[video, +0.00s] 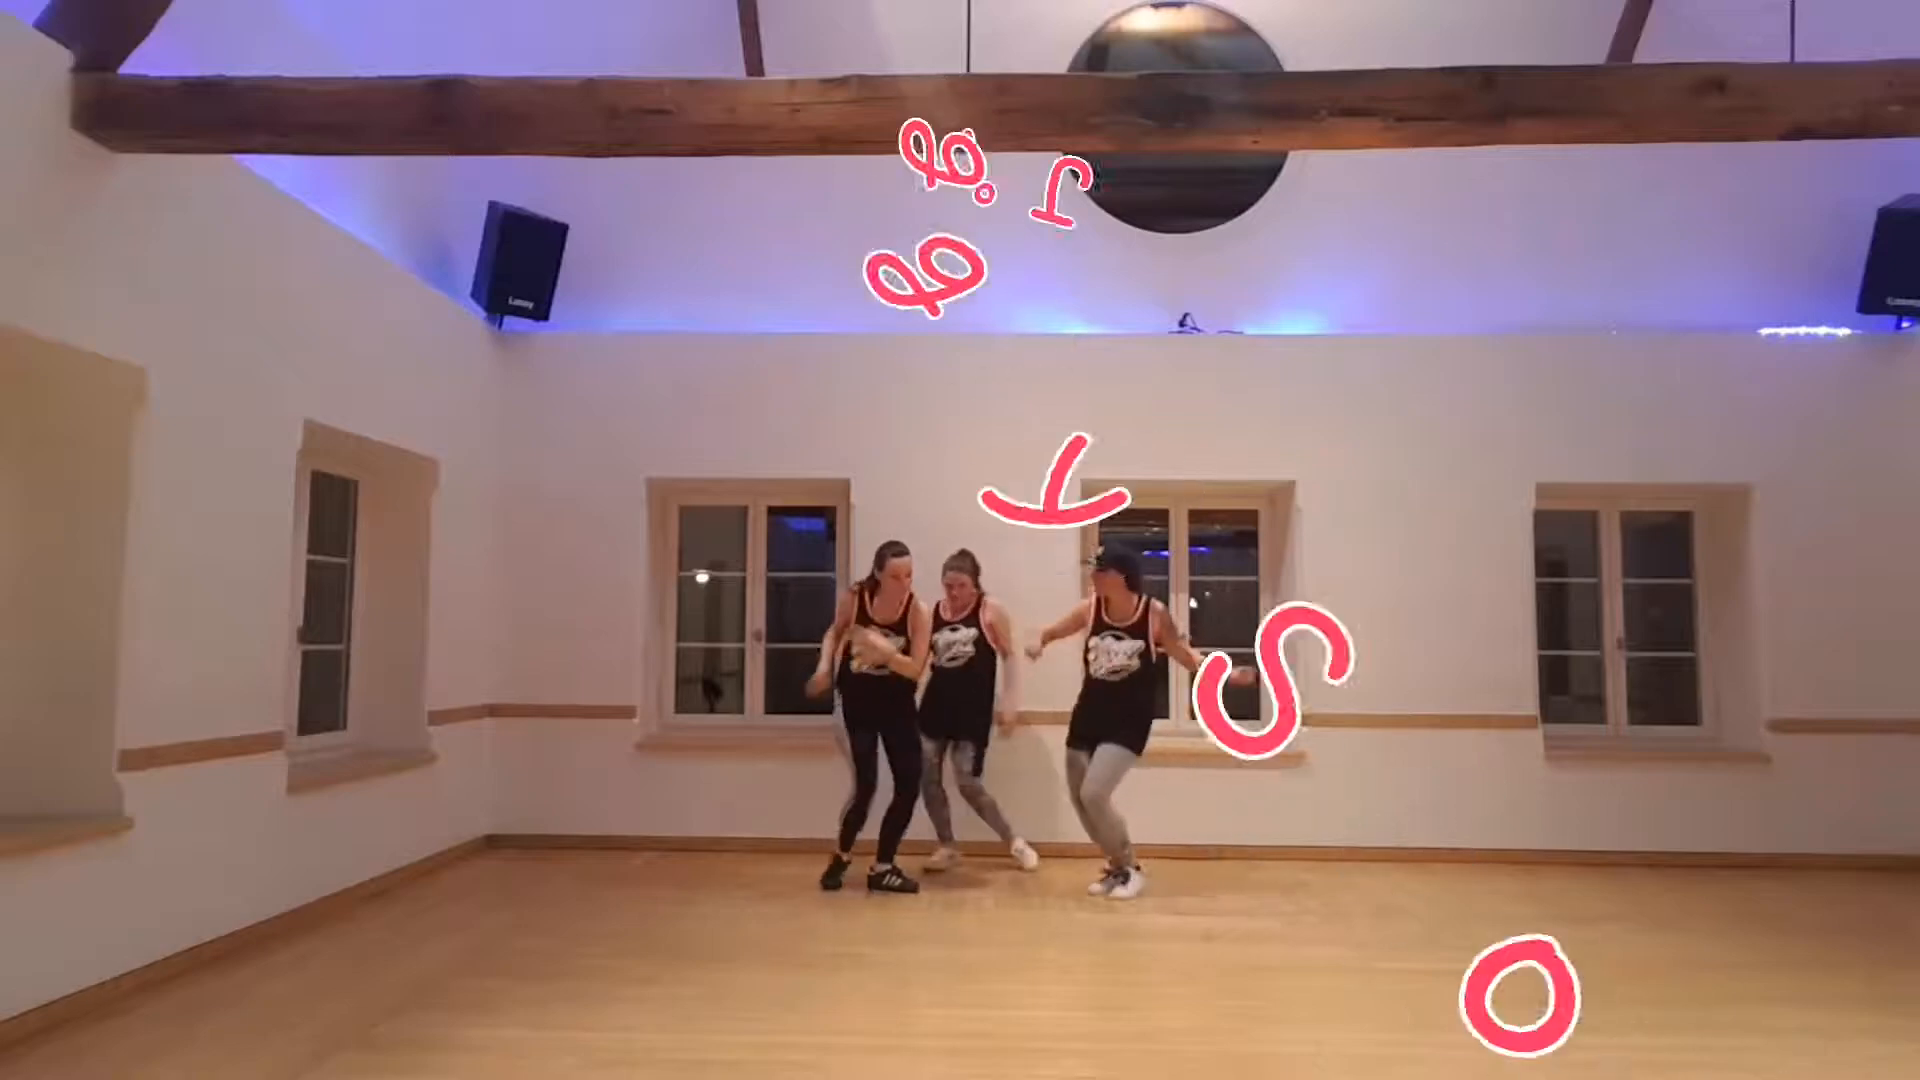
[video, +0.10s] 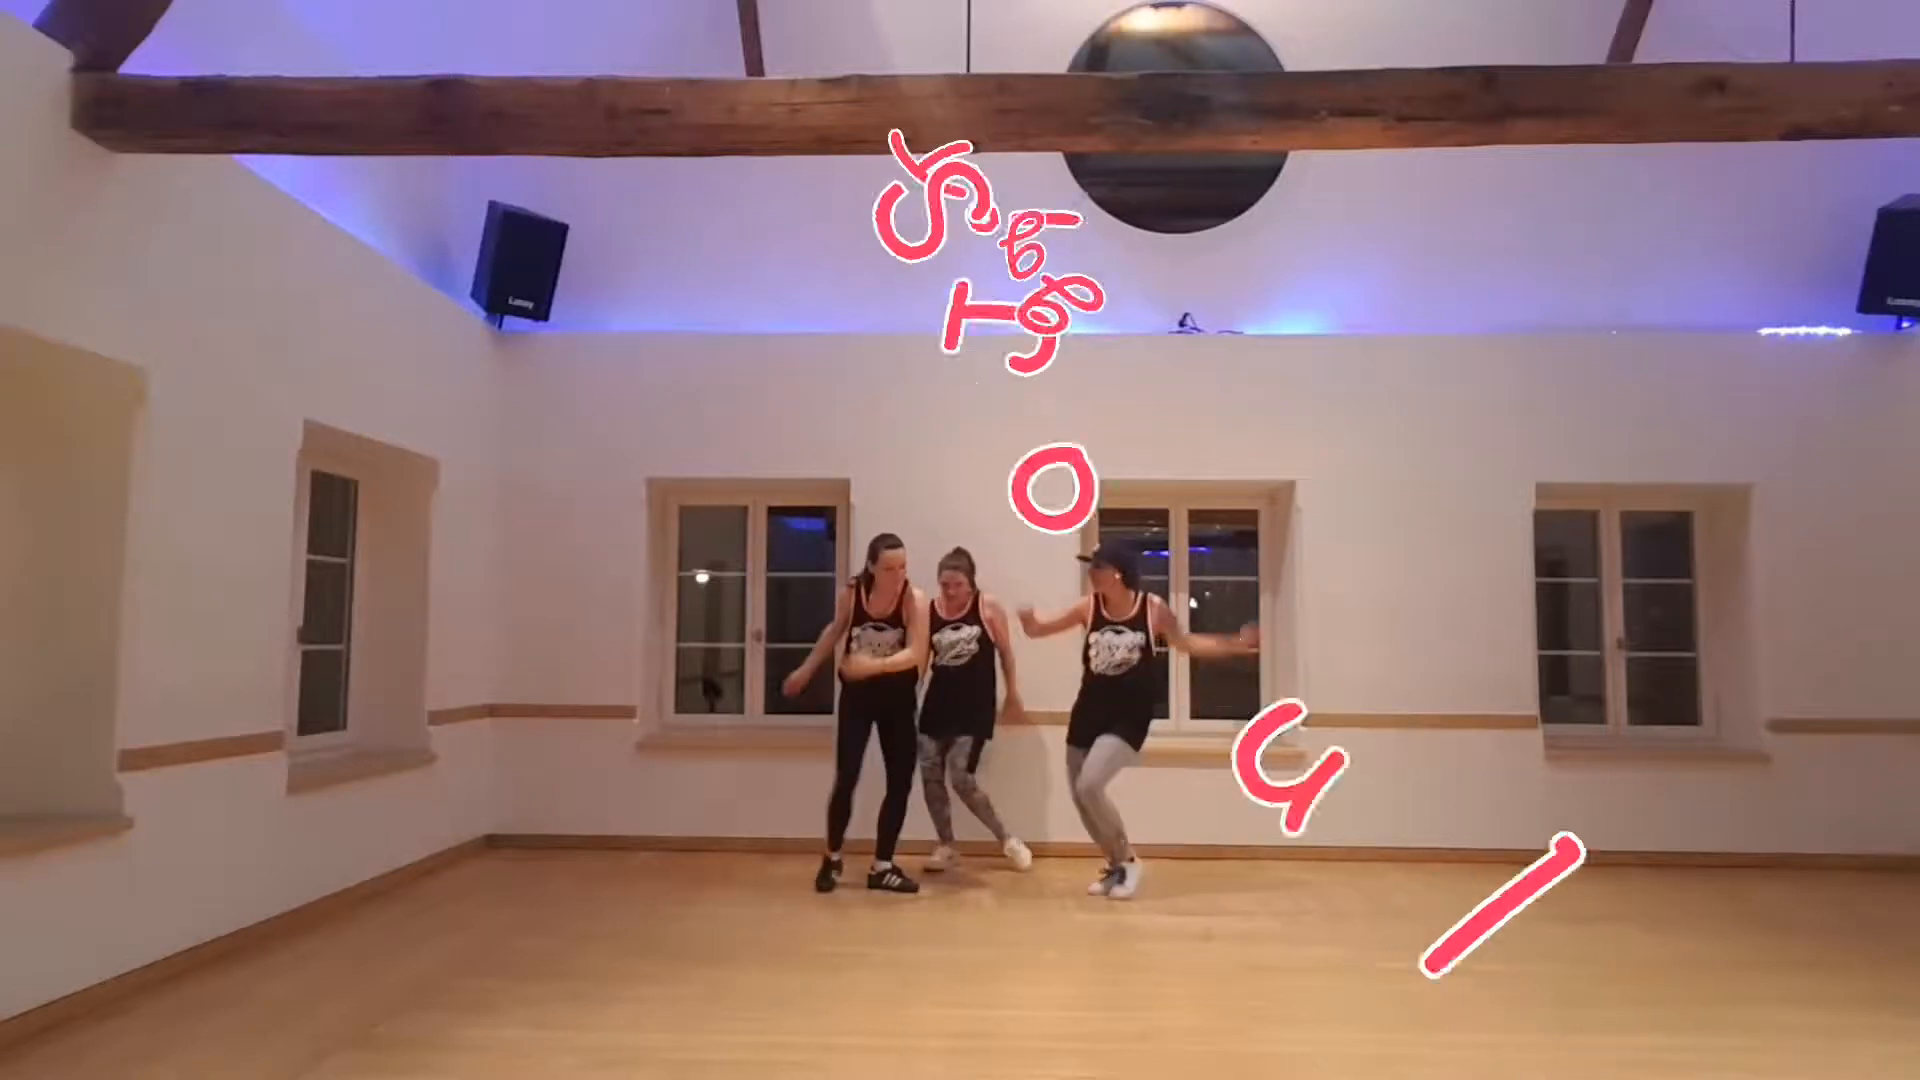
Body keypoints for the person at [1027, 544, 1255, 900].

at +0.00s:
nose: (1095, 576)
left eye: (1102, 571)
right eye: (1095, 570)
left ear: (1124, 577)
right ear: (1099, 577)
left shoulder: (1155, 617)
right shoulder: (1091, 609)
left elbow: (1189, 659)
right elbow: (1051, 633)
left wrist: (1228, 675)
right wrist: (1038, 642)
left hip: (1128, 720)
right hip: (1087, 715)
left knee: (1093, 793)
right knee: (1079, 795)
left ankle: (1127, 869)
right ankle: (1117, 867)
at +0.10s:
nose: (1092, 574)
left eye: (1098, 569)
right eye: (1092, 569)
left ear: (1118, 574)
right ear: (1101, 575)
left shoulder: (1153, 608)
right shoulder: (1089, 606)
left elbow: (1186, 643)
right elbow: (1038, 630)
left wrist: (1235, 644)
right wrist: (1029, 619)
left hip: (1128, 715)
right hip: (1087, 712)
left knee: (1089, 787)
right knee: (1080, 794)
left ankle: (1125, 863)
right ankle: (1115, 865)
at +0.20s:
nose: (1088, 564)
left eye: (1094, 558)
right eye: (1087, 559)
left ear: (1114, 561)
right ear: (1094, 564)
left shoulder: (1149, 592)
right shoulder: (1084, 592)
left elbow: (1196, 613)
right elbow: (1027, 606)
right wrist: (1010, 578)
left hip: (1131, 703)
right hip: (1091, 702)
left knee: (1092, 770)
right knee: (1084, 780)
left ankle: (1125, 856)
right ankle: (1115, 862)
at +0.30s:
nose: (1083, 557)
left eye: (1088, 550)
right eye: (1082, 551)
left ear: (1107, 550)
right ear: (1092, 554)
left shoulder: (1146, 580)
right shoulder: (1083, 585)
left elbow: (1194, 586)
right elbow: (1028, 596)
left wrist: (1204, 546)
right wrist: (997, 563)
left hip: (1136, 696)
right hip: (1094, 698)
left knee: (1107, 764)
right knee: (1095, 784)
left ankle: (1118, 865)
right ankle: (1115, 867)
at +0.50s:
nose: (1076, 567)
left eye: (1081, 561)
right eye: (1076, 562)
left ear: (1103, 561)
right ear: (1090, 566)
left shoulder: (1143, 585)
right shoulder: (1081, 601)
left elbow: (1195, 568)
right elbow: (1037, 621)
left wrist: (1162, 535)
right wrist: (999, 596)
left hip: (1143, 708)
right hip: (1096, 713)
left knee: (1148, 782)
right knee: (1096, 797)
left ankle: (1129, 877)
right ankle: (1120, 868)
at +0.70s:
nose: (1075, 580)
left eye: (1079, 572)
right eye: (1073, 574)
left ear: (1101, 570)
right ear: (1086, 575)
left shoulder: (1139, 589)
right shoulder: (1080, 613)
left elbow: (1183, 551)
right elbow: (1042, 645)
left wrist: (1144, 543)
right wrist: (1003, 616)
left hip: (1143, 713)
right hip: (1096, 716)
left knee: (1139, 789)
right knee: (1097, 798)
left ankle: (1130, 869)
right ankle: (1116, 865)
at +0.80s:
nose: (1073, 568)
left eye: (1078, 560)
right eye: (1072, 562)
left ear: (1098, 561)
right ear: (1083, 566)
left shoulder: (1134, 580)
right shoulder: (1081, 608)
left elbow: (1171, 532)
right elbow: (1053, 656)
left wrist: (1128, 528)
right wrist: (1015, 634)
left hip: (1144, 703)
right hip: (1101, 709)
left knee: (1132, 776)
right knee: (1102, 790)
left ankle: (1128, 865)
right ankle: (1117, 866)